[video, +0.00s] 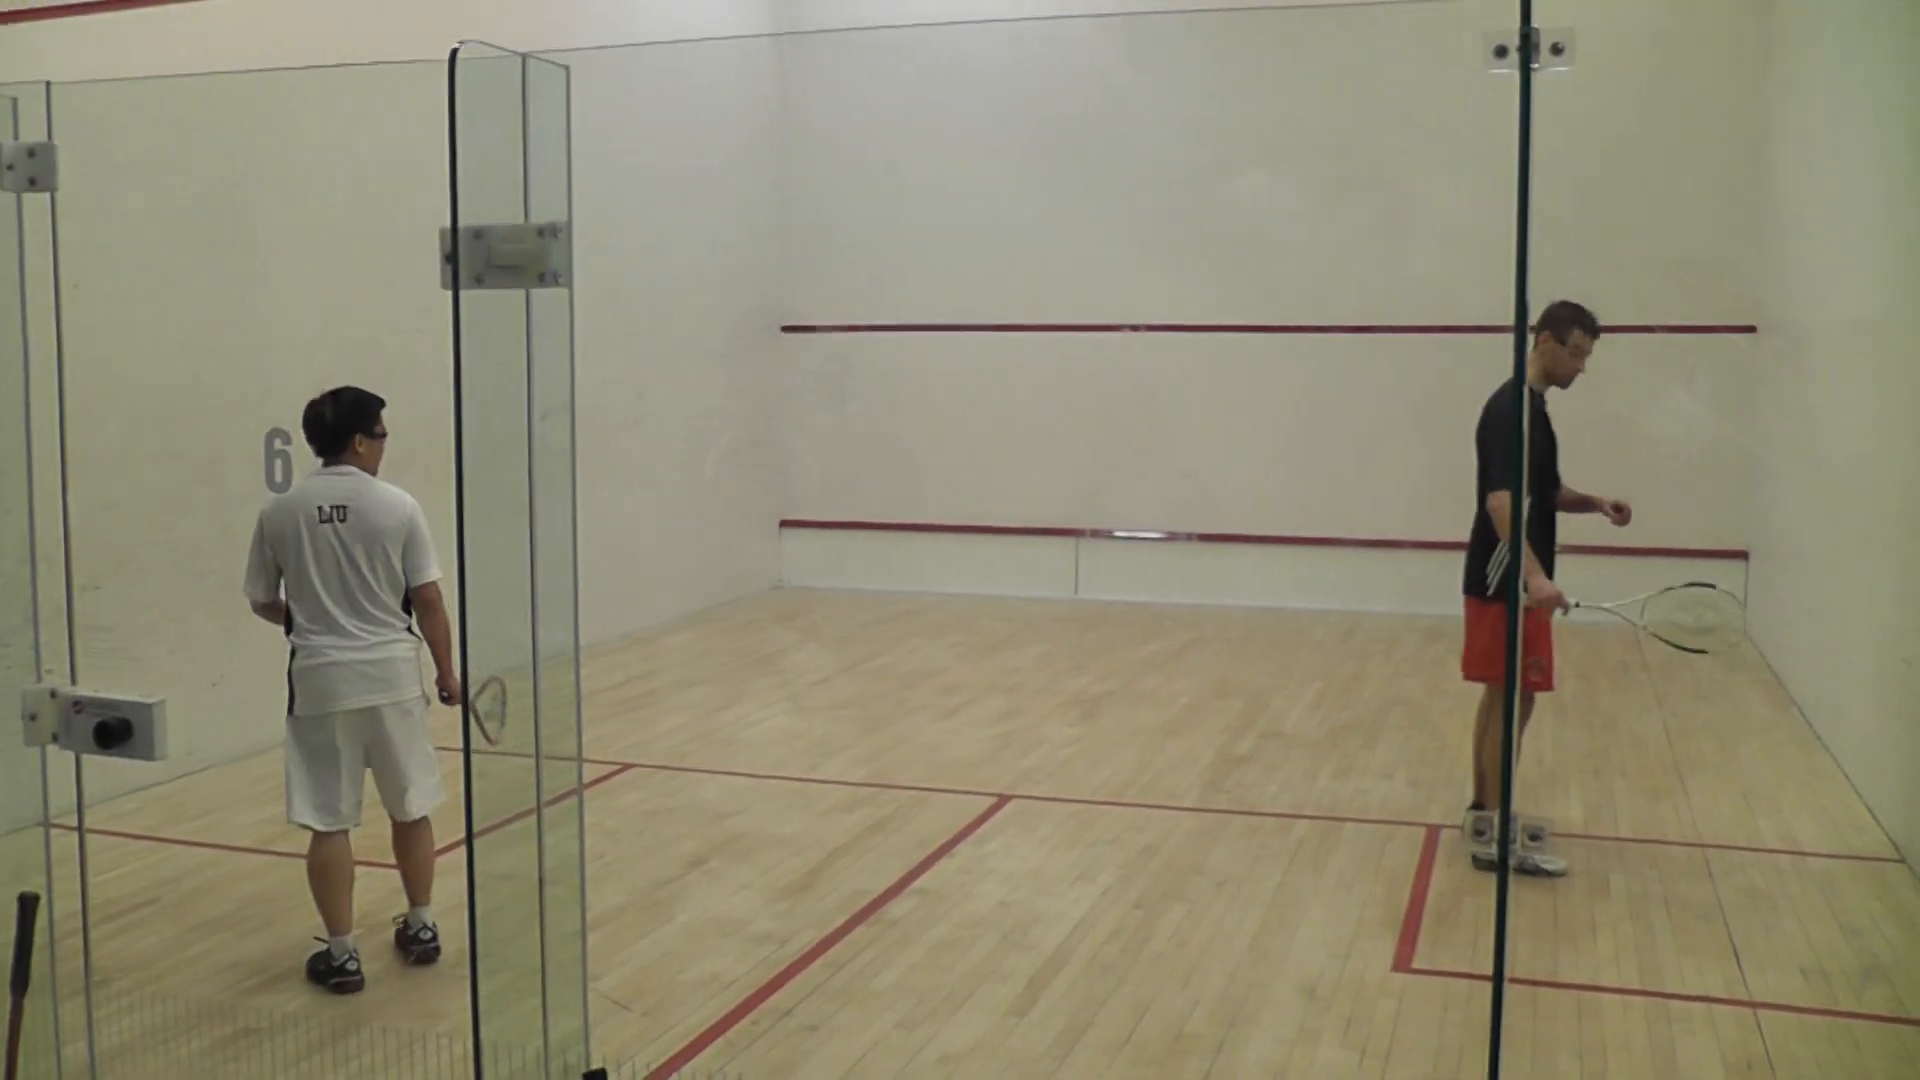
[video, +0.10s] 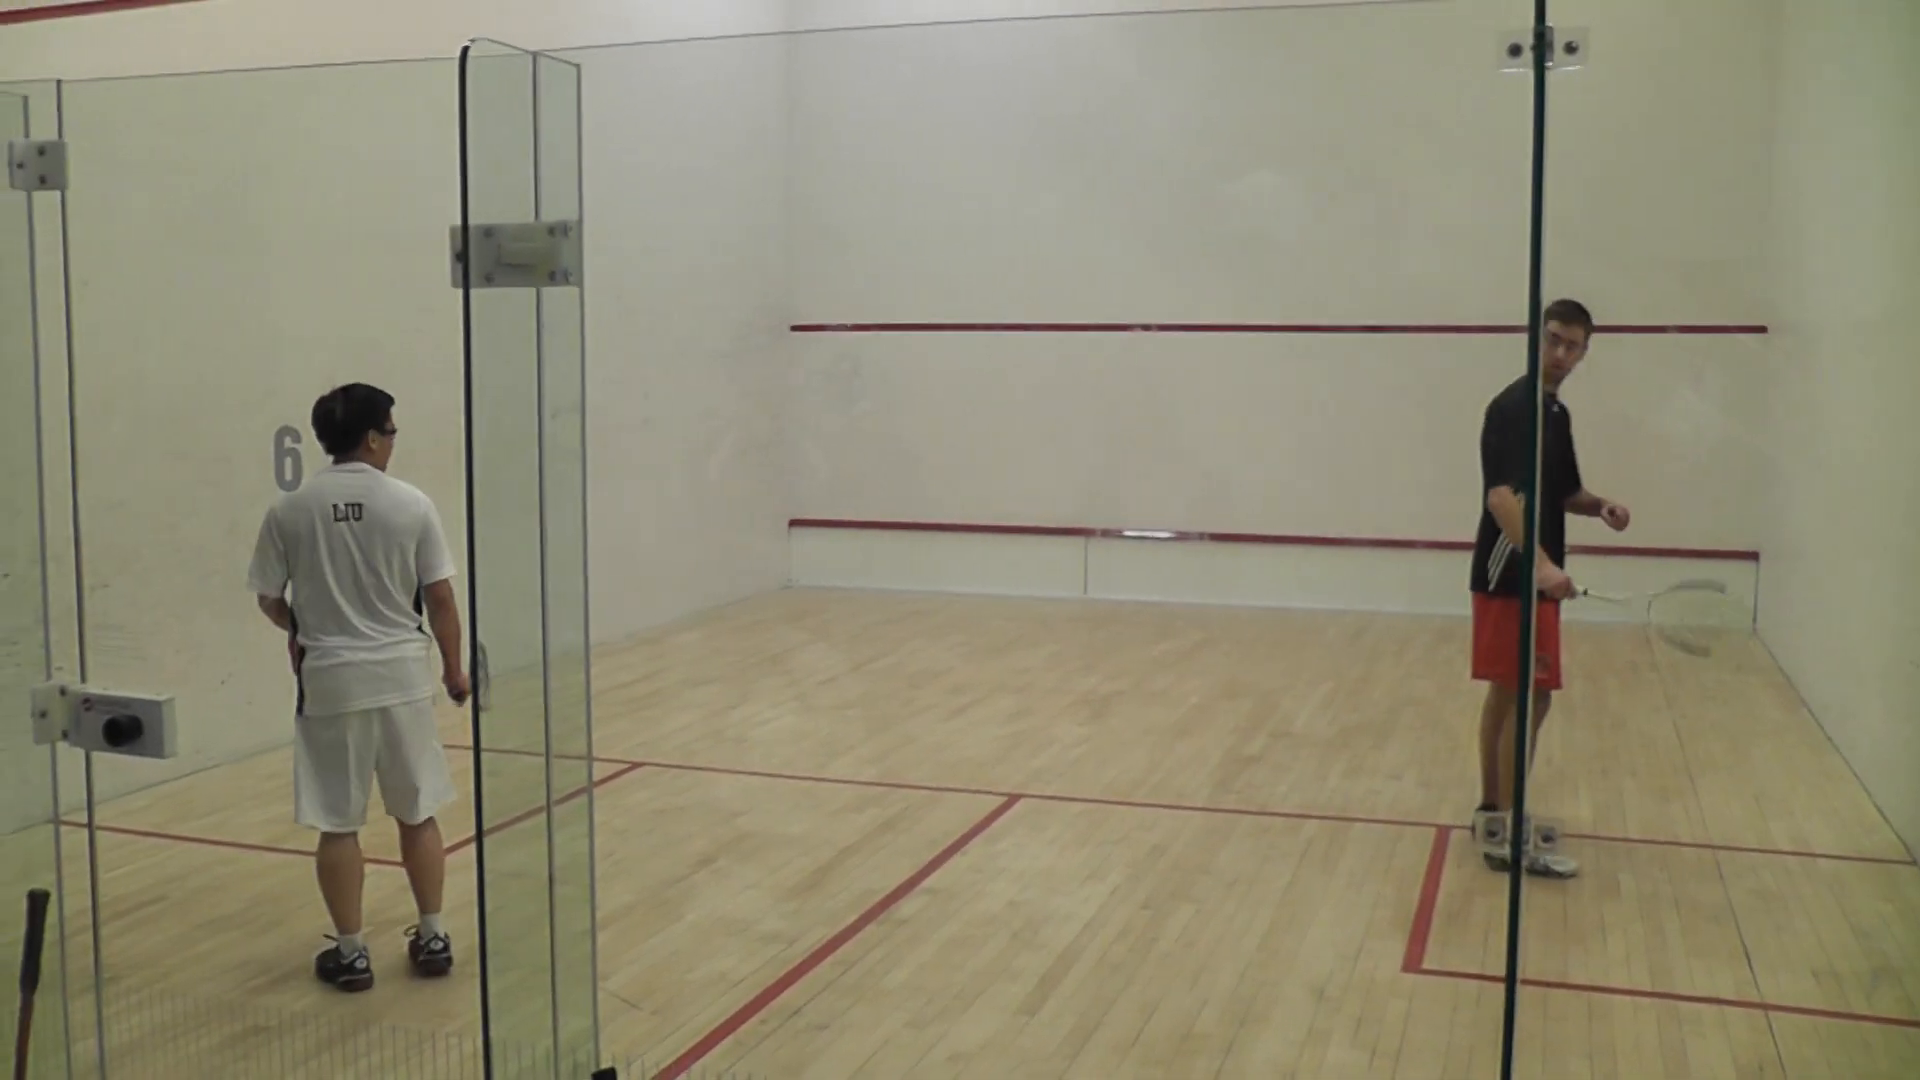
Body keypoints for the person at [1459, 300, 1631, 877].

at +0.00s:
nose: (1583, 367)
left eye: (1586, 356)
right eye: (1579, 354)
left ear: (1554, 348)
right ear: (1547, 343)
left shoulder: (1533, 407)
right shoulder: (1510, 408)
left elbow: (1544, 493)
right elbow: (1500, 504)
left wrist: (1597, 503)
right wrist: (1534, 573)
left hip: (1516, 584)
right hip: (1504, 585)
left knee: (1503, 697)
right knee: (1515, 702)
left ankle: (1485, 815)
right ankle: (1496, 833)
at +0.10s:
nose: (1563, 354)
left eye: (1574, 347)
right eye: (1556, 341)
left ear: (1583, 355)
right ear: (1538, 339)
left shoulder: (1556, 415)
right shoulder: (1509, 409)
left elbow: (1561, 494)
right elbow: (1500, 498)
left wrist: (1599, 506)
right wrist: (1541, 562)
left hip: (1531, 577)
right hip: (1509, 578)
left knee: (1509, 692)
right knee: (1531, 695)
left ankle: (1493, 813)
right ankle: (1510, 825)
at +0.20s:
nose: (1555, 354)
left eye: (1565, 345)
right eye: (1549, 343)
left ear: (1583, 352)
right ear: (1538, 346)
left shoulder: (1575, 419)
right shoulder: (1513, 413)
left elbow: (1576, 496)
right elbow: (1500, 499)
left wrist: (1601, 521)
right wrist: (1544, 565)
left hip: (1546, 580)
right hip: (1514, 581)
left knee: (1528, 697)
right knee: (1531, 699)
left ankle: (1508, 814)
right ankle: (1516, 827)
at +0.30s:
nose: (1547, 353)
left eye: (1559, 343)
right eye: (1542, 341)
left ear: (1583, 348)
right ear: (1536, 344)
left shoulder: (1588, 415)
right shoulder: (1518, 415)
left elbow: (1586, 492)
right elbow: (1502, 500)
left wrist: (1605, 532)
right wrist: (1554, 560)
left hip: (1555, 579)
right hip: (1522, 580)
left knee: (1530, 697)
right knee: (1544, 700)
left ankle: (1513, 817)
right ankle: (1528, 827)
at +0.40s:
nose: (1549, 352)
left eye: (1560, 342)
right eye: (1544, 341)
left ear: (1587, 346)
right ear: (1538, 343)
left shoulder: (1593, 411)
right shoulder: (1524, 414)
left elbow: (1593, 488)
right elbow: (1509, 500)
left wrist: (1607, 532)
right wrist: (1566, 556)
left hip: (1562, 578)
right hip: (1532, 579)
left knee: (1534, 697)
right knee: (1548, 703)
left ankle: (1519, 817)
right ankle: (1541, 832)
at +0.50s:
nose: (1559, 352)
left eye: (1570, 342)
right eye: (1552, 341)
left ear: (1593, 347)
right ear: (1543, 344)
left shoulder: (1596, 410)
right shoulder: (1531, 414)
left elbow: (1596, 487)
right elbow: (1522, 503)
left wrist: (1614, 536)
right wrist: (1588, 553)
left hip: (1568, 576)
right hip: (1539, 579)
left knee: (1541, 696)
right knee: (1559, 700)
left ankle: (1524, 817)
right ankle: (1545, 831)